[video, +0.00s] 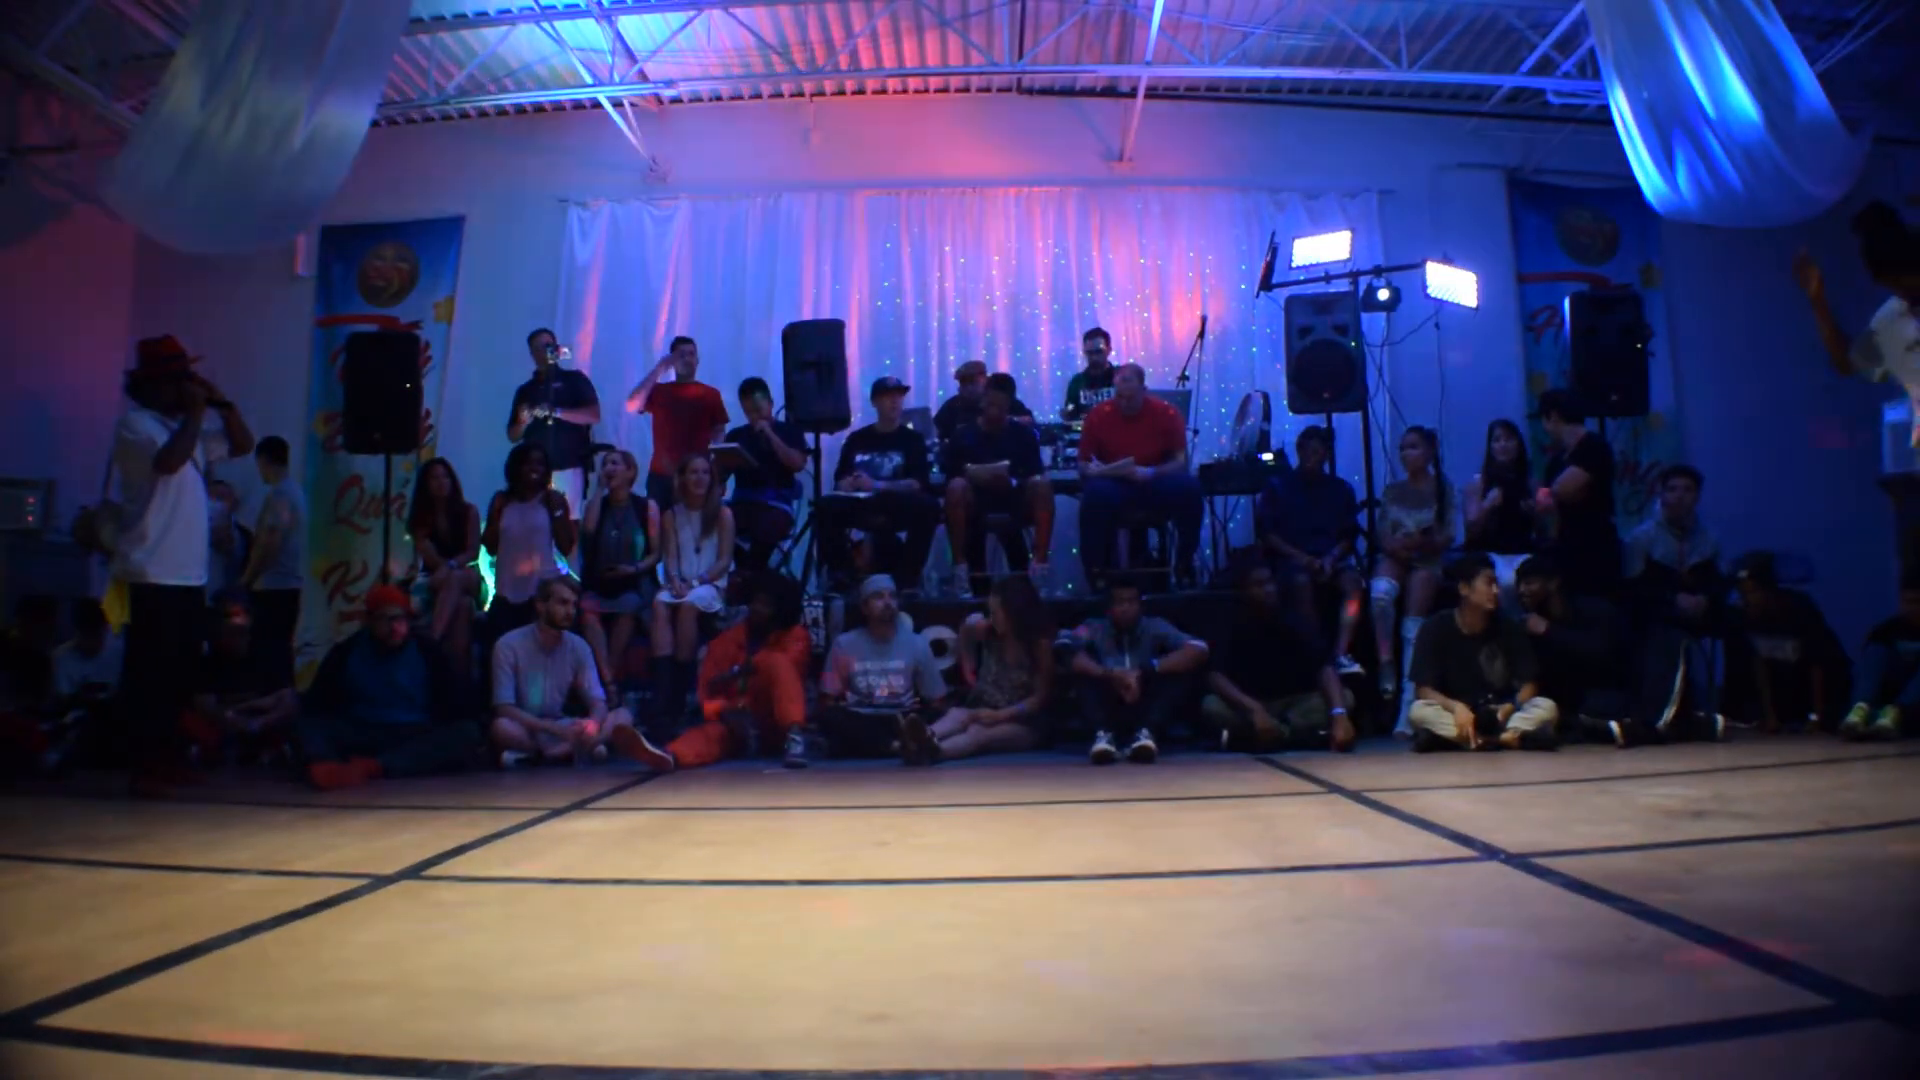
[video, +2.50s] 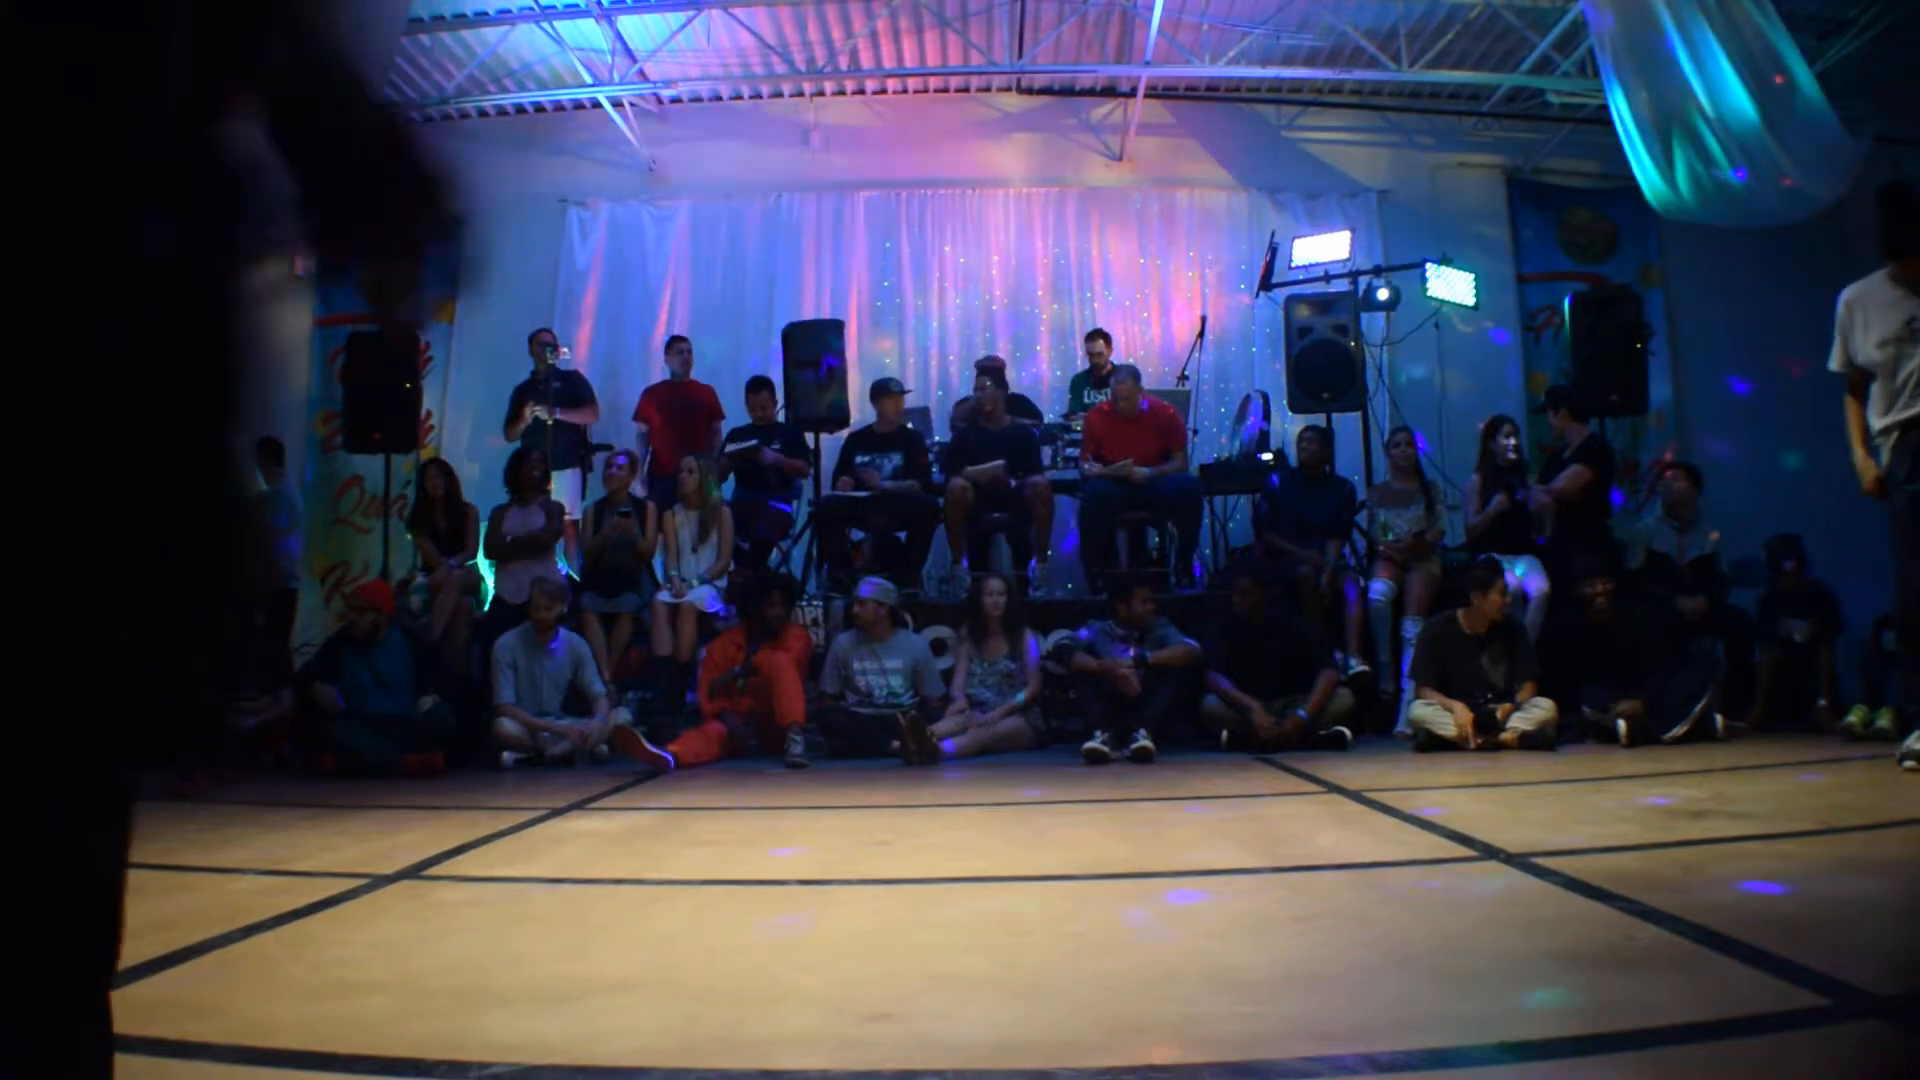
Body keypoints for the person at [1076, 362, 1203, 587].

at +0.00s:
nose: (1125, 402)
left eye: (1130, 396)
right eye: (1120, 396)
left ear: (1143, 390)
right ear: (1114, 392)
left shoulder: (1166, 414)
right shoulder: (1098, 416)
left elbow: (1180, 462)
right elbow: (1085, 464)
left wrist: (1151, 473)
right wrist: (1110, 470)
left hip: (1154, 484)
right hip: (1116, 484)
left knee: (1189, 491)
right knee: (1095, 494)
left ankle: (1184, 567)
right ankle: (1097, 573)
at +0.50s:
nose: (1123, 405)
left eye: (1129, 399)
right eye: (1118, 398)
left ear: (1142, 392)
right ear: (1112, 393)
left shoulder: (1165, 415)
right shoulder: (1098, 416)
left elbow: (1180, 462)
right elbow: (1084, 464)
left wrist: (1150, 473)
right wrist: (1109, 470)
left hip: (1154, 483)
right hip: (1115, 483)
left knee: (1189, 490)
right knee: (1095, 496)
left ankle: (1184, 567)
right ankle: (1097, 575)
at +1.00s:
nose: (1120, 405)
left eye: (1126, 399)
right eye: (1116, 398)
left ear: (1141, 392)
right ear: (1111, 393)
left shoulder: (1165, 415)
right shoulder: (1096, 417)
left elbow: (1180, 462)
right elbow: (1085, 465)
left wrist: (1150, 473)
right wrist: (1109, 470)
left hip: (1153, 484)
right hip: (1115, 484)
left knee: (1188, 489)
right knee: (1095, 493)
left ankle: (1184, 568)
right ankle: (1096, 575)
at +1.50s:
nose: (1122, 405)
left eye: (1128, 399)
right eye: (1118, 399)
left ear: (1141, 392)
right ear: (1111, 394)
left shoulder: (1166, 415)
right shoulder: (1096, 418)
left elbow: (1180, 461)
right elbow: (1086, 464)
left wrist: (1151, 473)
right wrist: (1108, 471)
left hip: (1155, 484)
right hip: (1115, 484)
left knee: (1190, 490)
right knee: (1094, 495)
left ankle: (1185, 566)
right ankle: (1097, 574)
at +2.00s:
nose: (1123, 406)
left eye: (1128, 400)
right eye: (1118, 400)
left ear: (1140, 392)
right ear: (1111, 394)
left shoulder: (1166, 415)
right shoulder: (1096, 416)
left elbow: (1180, 463)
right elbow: (1086, 461)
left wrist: (1150, 473)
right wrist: (1095, 470)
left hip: (1154, 483)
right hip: (1114, 483)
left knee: (1189, 492)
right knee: (1095, 495)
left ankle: (1184, 568)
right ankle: (1097, 575)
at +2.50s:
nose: (1122, 405)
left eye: (1127, 399)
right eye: (1117, 399)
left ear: (1140, 392)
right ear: (1111, 393)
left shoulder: (1165, 414)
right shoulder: (1096, 416)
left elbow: (1180, 463)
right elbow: (1086, 464)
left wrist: (1150, 473)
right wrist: (1108, 471)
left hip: (1154, 482)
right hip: (1115, 483)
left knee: (1188, 490)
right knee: (1094, 495)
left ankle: (1184, 568)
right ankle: (1097, 575)